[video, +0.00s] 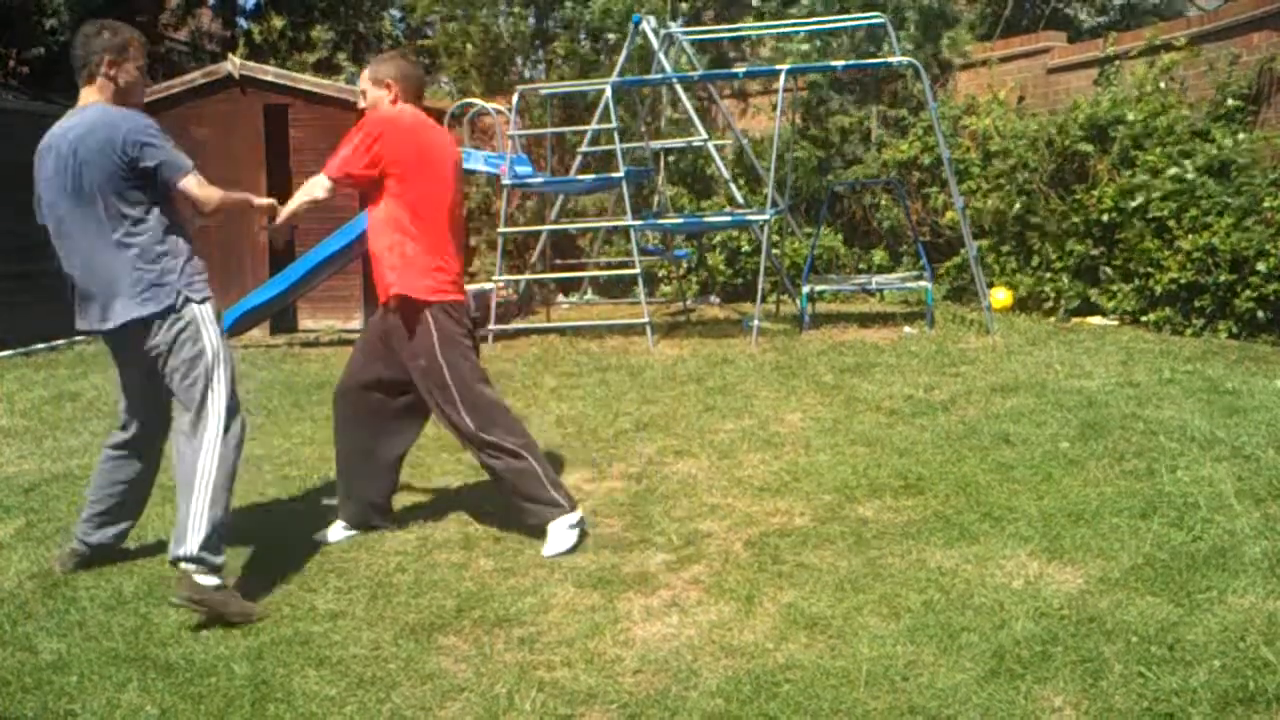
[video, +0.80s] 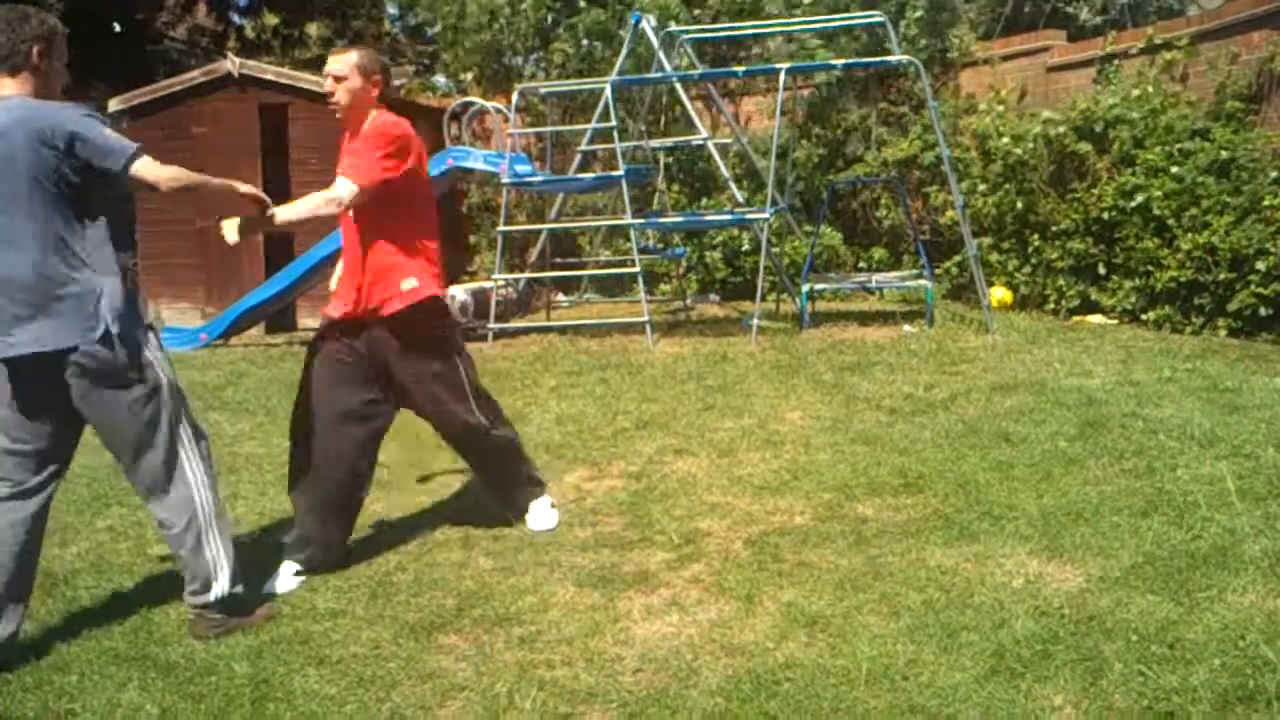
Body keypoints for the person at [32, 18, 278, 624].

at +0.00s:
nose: (145, 80)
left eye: (144, 69)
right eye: (140, 69)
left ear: (91, 72)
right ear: (110, 69)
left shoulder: (48, 146)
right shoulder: (127, 125)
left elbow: (70, 233)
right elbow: (206, 198)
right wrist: (254, 201)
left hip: (109, 309)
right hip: (168, 297)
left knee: (142, 418)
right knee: (215, 416)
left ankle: (93, 540)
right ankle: (199, 564)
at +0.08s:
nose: (147, 80)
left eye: (146, 68)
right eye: (142, 69)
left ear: (90, 72)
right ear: (116, 70)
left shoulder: (53, 147)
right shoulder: (135, 129)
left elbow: (81, 232)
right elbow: (193, 214)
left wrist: (171, 242)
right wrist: (230, 227)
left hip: (106, 316)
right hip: (167, 307)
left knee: (138, 419)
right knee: (210, 437)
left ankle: (89, 541)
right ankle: (197, 588)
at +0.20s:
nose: (159, 81)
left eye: (157, 69)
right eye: (154, 70)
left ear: (105, 78)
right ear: (128, 75)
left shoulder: (79, 144)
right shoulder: (122, 142)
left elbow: (193, 186)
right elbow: (146, 238)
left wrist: (250, 133)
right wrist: (206, 279)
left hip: (98, 323)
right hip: (144, 323)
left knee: (112, 429)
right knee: (229, 452)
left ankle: (56, 551)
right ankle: (196, 598)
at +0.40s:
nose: (129, 80)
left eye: (126, 68)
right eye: (124, 68)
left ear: (72, 74)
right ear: (98, 69)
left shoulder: (45, 144)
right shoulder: (90, 139)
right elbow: (145, 224)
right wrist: (242, 195)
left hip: (80, 337)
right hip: (136, 332)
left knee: (90, 472)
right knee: (223, 465)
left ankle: (7, 585)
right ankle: (195, 603)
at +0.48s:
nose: (114, 74)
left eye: (112, 62)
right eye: (109, 62)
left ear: (53, 67)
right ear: (83, 62)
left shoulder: (20, 144)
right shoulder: (88, 135)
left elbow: (110, 205)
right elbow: (161, 206)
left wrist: (194, 214)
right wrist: (241, 153)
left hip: (60, 338)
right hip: (130, 331)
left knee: (50, 484)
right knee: (211, 462)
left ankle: (5, 611)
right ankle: (195, 602)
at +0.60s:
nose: (89, 85)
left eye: (85, 73)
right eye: (83, 74)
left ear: (24, 81)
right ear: (56, 76)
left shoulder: (4, 143)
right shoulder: (82, 140)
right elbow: (200, 172)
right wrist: (271, 121)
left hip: (23, 355)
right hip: (102, 345)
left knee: (7, 509)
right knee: (212, 457)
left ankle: (1, 638)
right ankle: (202, 596)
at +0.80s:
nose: (66, 70)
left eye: (63, 59)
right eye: (60, 60)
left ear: (7, 63)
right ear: (37, 57)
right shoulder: (59, 121)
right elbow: (161, 178)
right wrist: (238, 191)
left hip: (13, 337)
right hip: (90, 325)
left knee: (15, 489)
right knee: (167, 451)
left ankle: (1, 628)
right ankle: (216, 594)